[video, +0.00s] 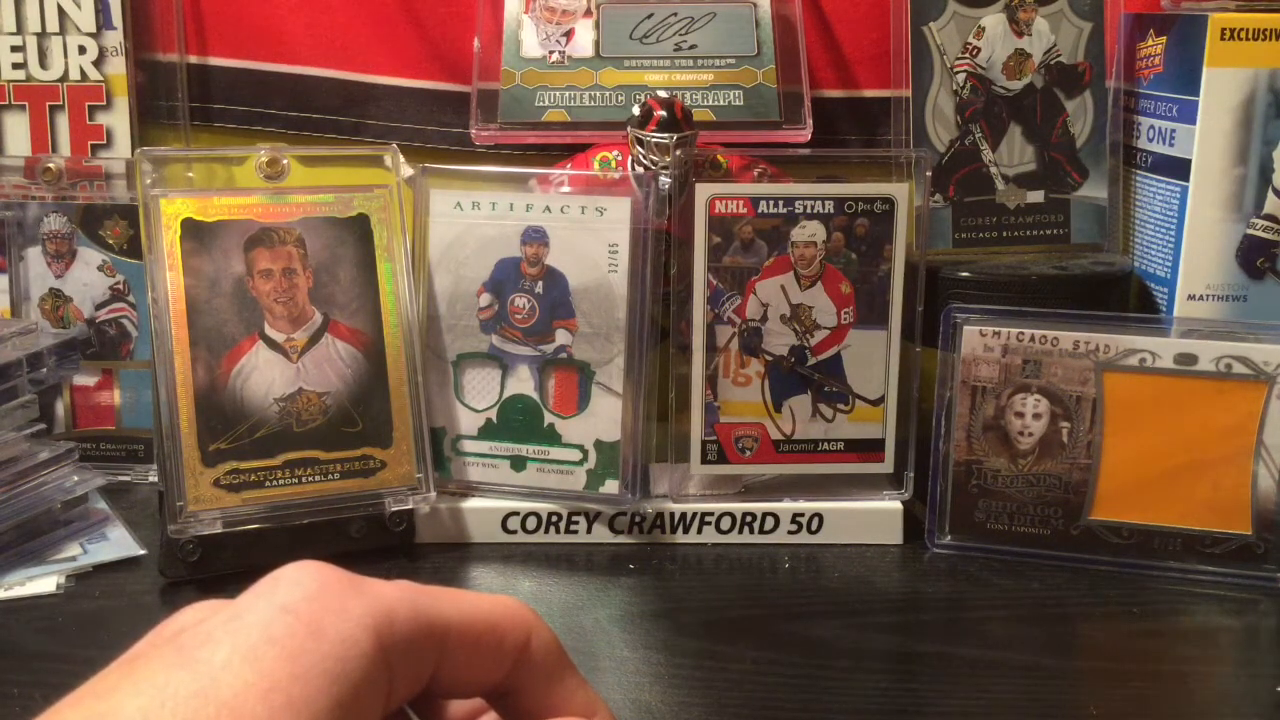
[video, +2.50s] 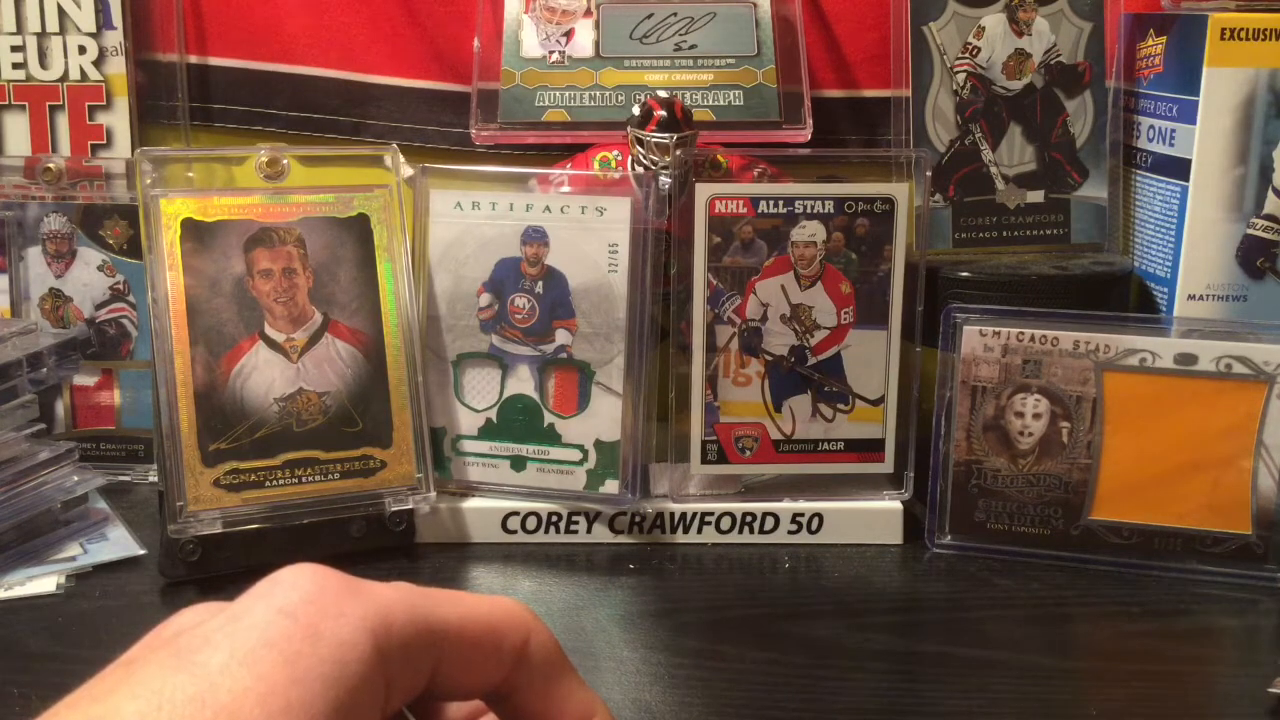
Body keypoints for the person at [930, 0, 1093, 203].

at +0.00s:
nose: (1030, 16)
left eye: (1033, 10)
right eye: (1024, 10)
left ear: (1037, 10)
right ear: (1010, 9)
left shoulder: (1041, 27)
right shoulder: (990, 26)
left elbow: (1050, 60)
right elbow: (965, 63)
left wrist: (1067, 75)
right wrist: (969, 98)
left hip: (1025, 92)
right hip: (992, 93)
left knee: (1056, 123)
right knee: (979, 138)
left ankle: (1063, 177)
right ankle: (942, 186)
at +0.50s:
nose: (1029, 16)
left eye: (1033, 10)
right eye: (1024, 10)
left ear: (1037, 10)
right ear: (1011, 9)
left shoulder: (1041, 27)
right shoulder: (990, 26)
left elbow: (1050, 61)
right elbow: (965, 62)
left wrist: (1068, 74)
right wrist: (969, 96)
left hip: (1026, 92)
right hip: (993, 94)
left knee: (1056, 122)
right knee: (980, 138)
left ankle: (1063, 177)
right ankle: (943, 185)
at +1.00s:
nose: (1029, 16)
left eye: (1033, 10)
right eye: (1023, 10)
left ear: (1037, 11)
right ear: (1010, 9)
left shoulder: (1041, 27)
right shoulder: (990, 26)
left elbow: (1050, 63)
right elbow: (965, 62)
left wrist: (1069, 75)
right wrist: (970, 97)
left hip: (1025, 92)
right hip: (992, 93)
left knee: (1055, 118)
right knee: (982, 136)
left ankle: (1062, 174)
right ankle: (943, 182)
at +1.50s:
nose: (1029, 16)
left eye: (1033, 10)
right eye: (1024, 10)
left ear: (1037, 11)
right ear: (1010, 9)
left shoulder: (1041, 27)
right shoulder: (990, 26)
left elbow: (1050, 63)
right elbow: (965, 62)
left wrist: (1069, 75)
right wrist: (969, 97)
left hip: (1025, 92)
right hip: (992, 93)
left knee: (1055, 118)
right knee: (981, 136)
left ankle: (1063, 173)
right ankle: (942, 183)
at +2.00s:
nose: (1029, 16)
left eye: (1033, 10)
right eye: (1023, 10)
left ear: (1037, 10)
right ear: (1010, 9)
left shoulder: (1041, 27)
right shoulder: (990, 26)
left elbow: (1050, 63)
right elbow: (964, 62)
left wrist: (1070, 74)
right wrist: (969, 96)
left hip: (1026, 91)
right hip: (993, 93)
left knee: (1056, 121)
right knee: (979, 138)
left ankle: (1063, 175)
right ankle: (942, 185)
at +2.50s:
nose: (1029, 16)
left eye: (1033, 10)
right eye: (1024, 10)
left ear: (1037, 10)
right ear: (1011, 9)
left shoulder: (1041, 27)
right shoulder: (990, 26)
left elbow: (1050, 62)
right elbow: (965, 62)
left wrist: (1069, 74)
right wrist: (969, 95)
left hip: (1027, 91)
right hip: (993, 93)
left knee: (1056, 120)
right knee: (980, 138)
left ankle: (1063, 174)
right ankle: (942, 185)